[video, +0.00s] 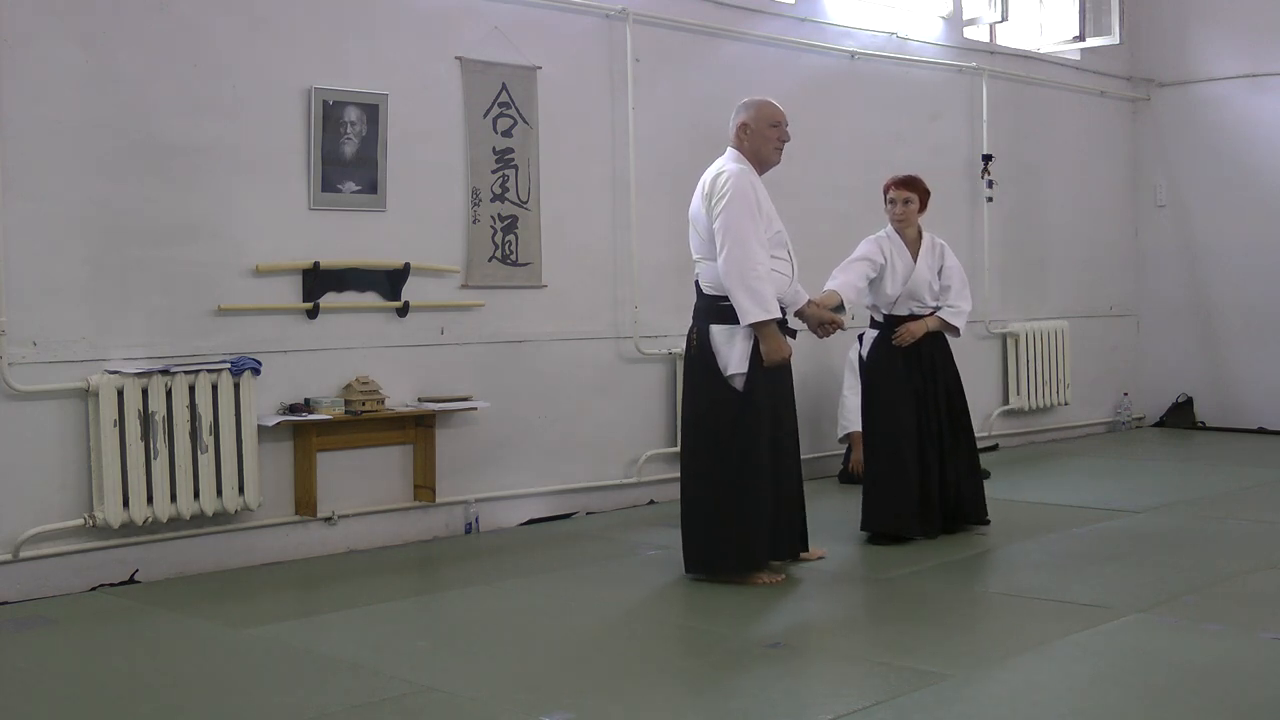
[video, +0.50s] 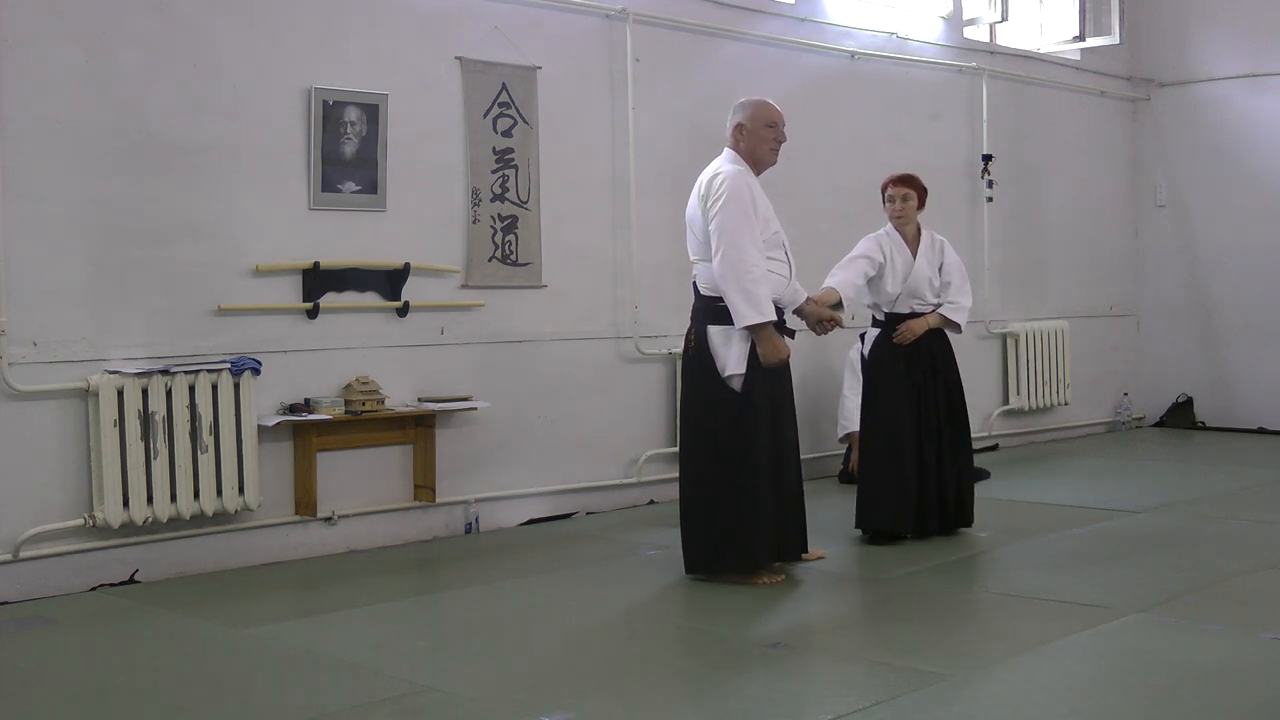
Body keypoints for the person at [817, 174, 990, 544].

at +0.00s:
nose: (898, 209)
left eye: (906, 202)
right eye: (891, 203)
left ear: (921, 207)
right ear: (885, 208)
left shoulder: (938, 250)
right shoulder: (877, 247)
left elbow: (958, 306)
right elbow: (850, 279)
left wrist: (924, 325)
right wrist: (822, 303)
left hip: (931, 346)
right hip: (888, 347)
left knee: (939, 427)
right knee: (895, 433)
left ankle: (945, 515)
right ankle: (895, 520)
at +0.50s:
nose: (898, 206)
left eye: (905, 199)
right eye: (891, 200)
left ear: (920, 203)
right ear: (884, 206)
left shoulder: (939, 246)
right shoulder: (876, 245)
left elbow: (959, 299)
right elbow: (848, 275)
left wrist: (925, 322)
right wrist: (820, 302)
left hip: (931, 344)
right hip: (889, 346)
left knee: (938, 427)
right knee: (892, 432)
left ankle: (940, 516)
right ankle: (890, 521)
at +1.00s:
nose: (894, 206)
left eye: (902, 199)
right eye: (887, 200)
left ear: (917, 204)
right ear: (880, 206)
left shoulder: (935, 246)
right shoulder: (873, 246)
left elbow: (956, 299)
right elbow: (844, 275)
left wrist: (923, 323)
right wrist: (812, 300)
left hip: (929, 344)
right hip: (887, 346)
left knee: (938, 427)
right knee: (892, 432)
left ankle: (943, 515)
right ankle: (893, 521)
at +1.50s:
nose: (892, 208)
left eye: (899, 200)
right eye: (884, 202)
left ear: (914, 204)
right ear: (878, 207)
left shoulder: (932, 246)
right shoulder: (871, 247)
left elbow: (954, 299)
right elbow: (843, 275)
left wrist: (922, 323)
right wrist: (810, 299)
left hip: (928, 344)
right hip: (886, 347)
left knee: (936, 427)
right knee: (891, 432)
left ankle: (940, 514)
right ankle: (892, 520)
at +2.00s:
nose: (890, 207)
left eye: (898, 200)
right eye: (883, 202)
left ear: (913, 205)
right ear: (877, 208)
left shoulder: (931, 246)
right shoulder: (870, 247)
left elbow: (954, 298)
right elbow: (840, 280)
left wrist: (921, 324)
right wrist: (806, 303)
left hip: (928, 344)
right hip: (886, 347)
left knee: (936, 428)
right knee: (891, 432)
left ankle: (941, 515)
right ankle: (892, 521)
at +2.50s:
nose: (890, 208)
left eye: (898, 200)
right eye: (883, 202)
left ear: (912, 206)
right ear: (876, 208)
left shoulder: (932, 246)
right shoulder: (869, 248)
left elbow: (954, 300)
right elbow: (840, 281)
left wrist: (920, 324)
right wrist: (806, 304)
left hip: (928, 345)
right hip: (886, 347)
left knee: (936, 428)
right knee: (891, 432)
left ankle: (940, 515)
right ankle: (893, 521)